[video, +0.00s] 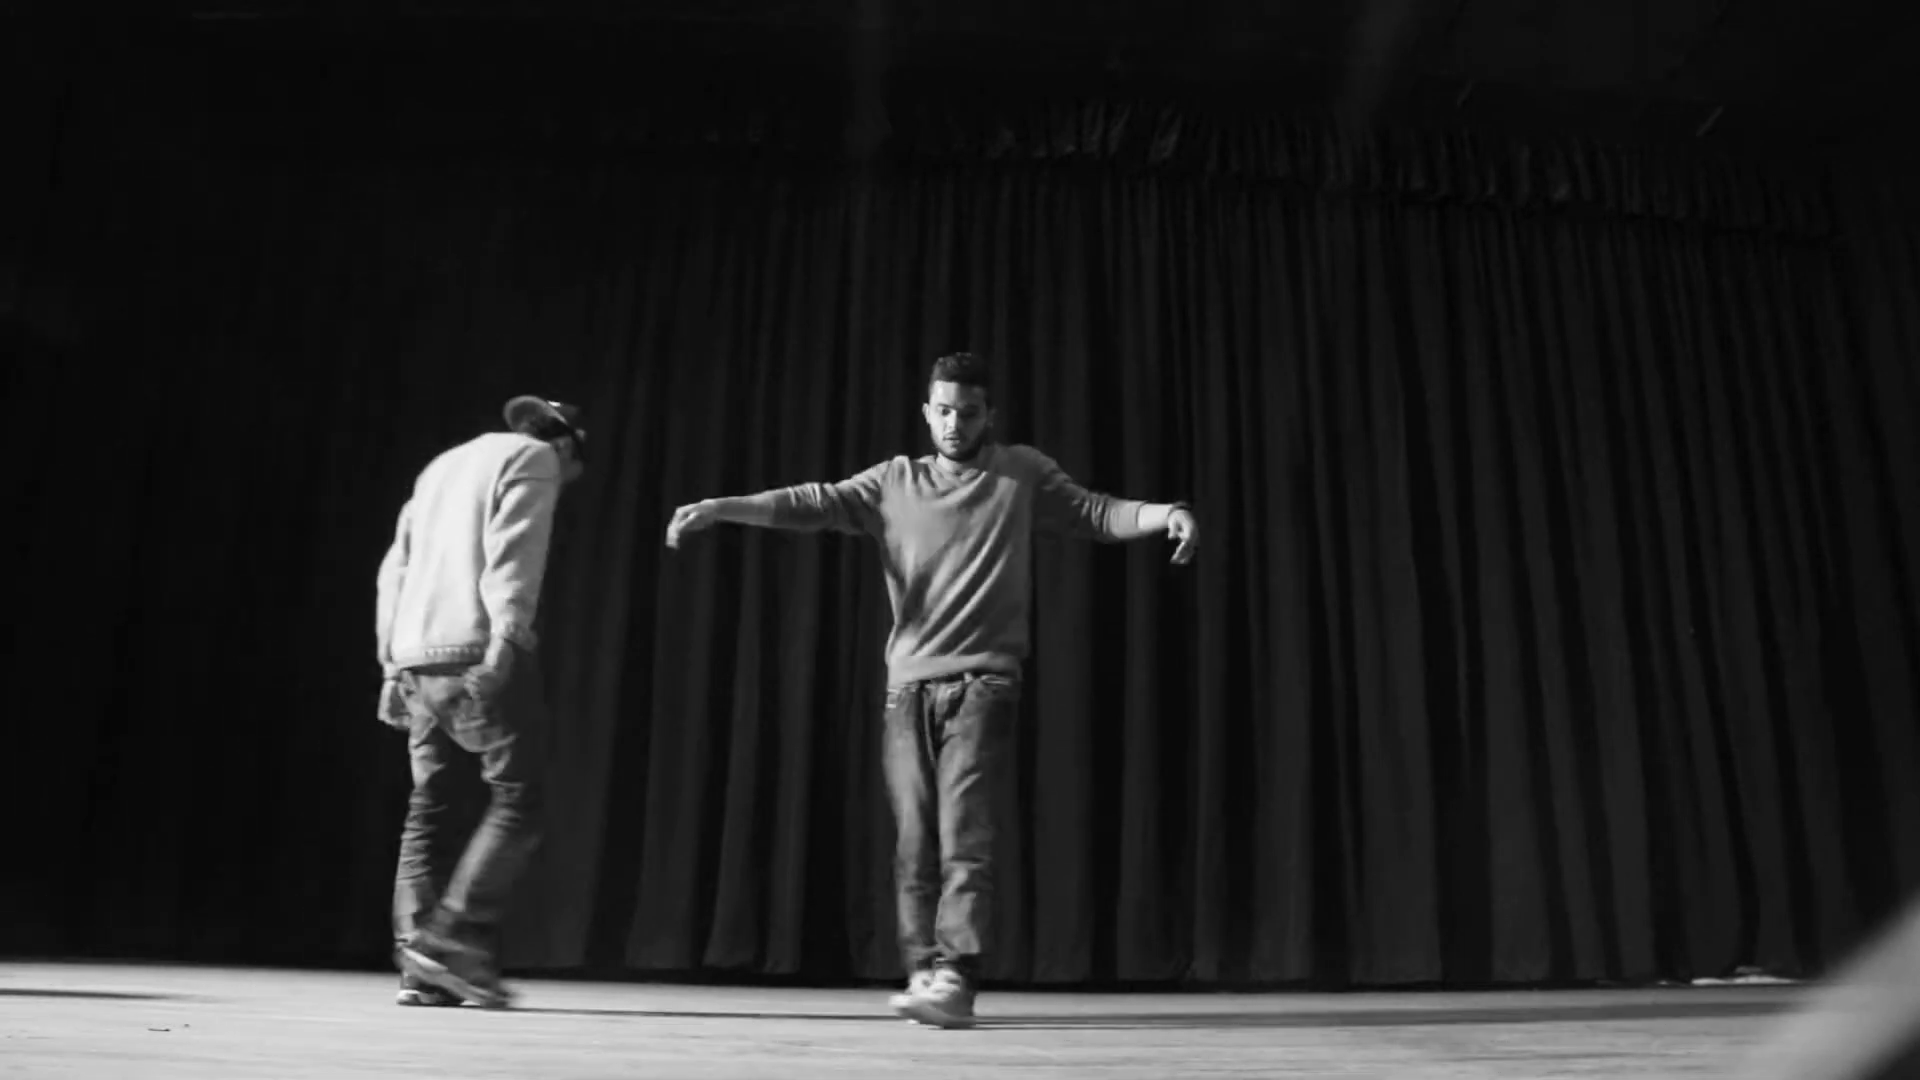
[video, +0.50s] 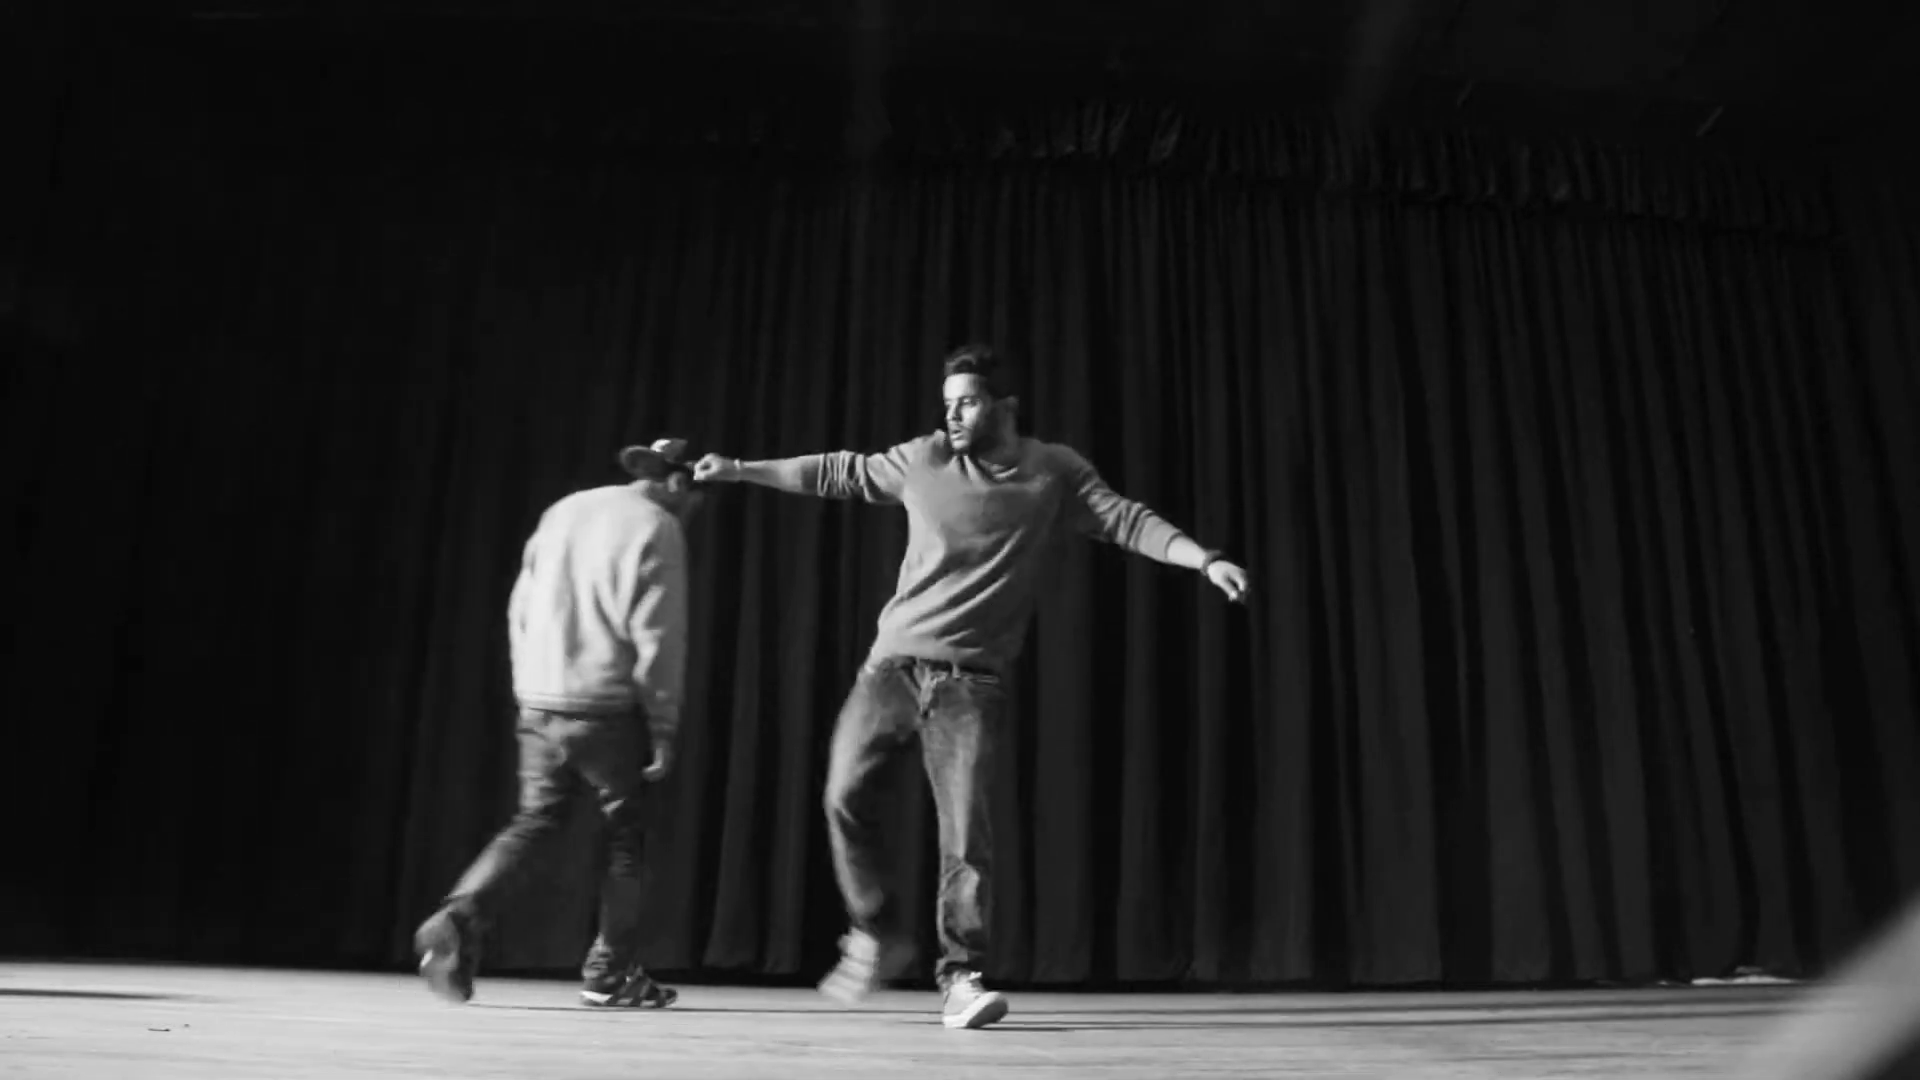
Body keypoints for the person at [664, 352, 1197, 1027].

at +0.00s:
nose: (954, 425)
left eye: (967, 412)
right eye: (943, 411)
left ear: (987, 412)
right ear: (926, 410)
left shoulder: (1022, 472)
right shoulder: (891, 481)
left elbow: (1094, 512)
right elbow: (809, 502)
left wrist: (1161, 514)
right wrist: (718, 508)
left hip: (983, 673)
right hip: (908, 676)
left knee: (962, 819)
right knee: (915, 824)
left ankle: (956, 975)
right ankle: (923, 972)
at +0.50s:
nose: (954, 412)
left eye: (967, 401)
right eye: (949, 401)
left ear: (1005, 403)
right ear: (946, 403)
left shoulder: (1056, 472)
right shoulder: (921, 461)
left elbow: (1125, 521)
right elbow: (833, 472)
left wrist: (1202, 559)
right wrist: (737, 470)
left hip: (973, 678)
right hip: (893, 666)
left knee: (968, 832)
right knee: (844, 794)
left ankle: (963, 981)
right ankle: (873, 938)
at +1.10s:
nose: (948, 396)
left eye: (963, 383)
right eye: (944, 384)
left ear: (1002, 386)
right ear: (941, 388)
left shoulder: (1051, 463)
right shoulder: (918, 445)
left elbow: (1118, 518)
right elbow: (836, 462)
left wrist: (1192, 566)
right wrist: (743, 468)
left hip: (1011, 662)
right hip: (930, 653)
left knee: (1002, 826)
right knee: (897, 764)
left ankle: (986, 975)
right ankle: (881, 911)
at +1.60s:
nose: (899, 405)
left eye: (910, 392)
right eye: (885, 393)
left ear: (929, 395)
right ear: (864, 402)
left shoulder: (967, 439)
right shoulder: (848, 488)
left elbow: (1036, 501)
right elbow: (759, 518)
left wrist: (1094, 547)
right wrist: (667, 499)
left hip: (988, 669)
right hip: (902, 671)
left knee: (988, 832)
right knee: (846, 817)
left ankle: (976, 983)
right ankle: (797, 963)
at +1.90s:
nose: (844, 395)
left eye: (855, 382)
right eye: (830, 382)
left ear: (872, 386)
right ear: (804, 388)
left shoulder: (909, 434)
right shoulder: (779, 464)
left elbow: (982, 478)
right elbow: (712, 550)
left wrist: (1047, 520)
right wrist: (749, 476)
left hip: (907, 665)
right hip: (815, 666)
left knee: (934, 823)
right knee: (769, 825)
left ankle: (952, 979)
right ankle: (726, 976)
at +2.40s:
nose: (948, 409)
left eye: (959, 399)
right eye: (935, 395)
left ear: (970, 407)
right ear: (903, 397)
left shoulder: (967, 489)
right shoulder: (857, 455)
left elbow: (1031, 527)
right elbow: (759, 488)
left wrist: (1103, 560)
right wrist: (804, 440)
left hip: (918, 681)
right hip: (831, 676)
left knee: (956, 829)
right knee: (788, 820)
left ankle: (955, 989)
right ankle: (729, 975)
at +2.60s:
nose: (980, 404)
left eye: (990, 392)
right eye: (967, 391)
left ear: (1002, 399)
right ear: (936, 395)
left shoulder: (1013, 460)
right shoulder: (895, 464)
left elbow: (1054, 528)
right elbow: (821, 547)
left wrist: (1080, 593)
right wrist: (850, 512)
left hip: (976, 672)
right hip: (894, 665)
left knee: (981, 832)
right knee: (861, 806)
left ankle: (957, 980)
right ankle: (757, 912)